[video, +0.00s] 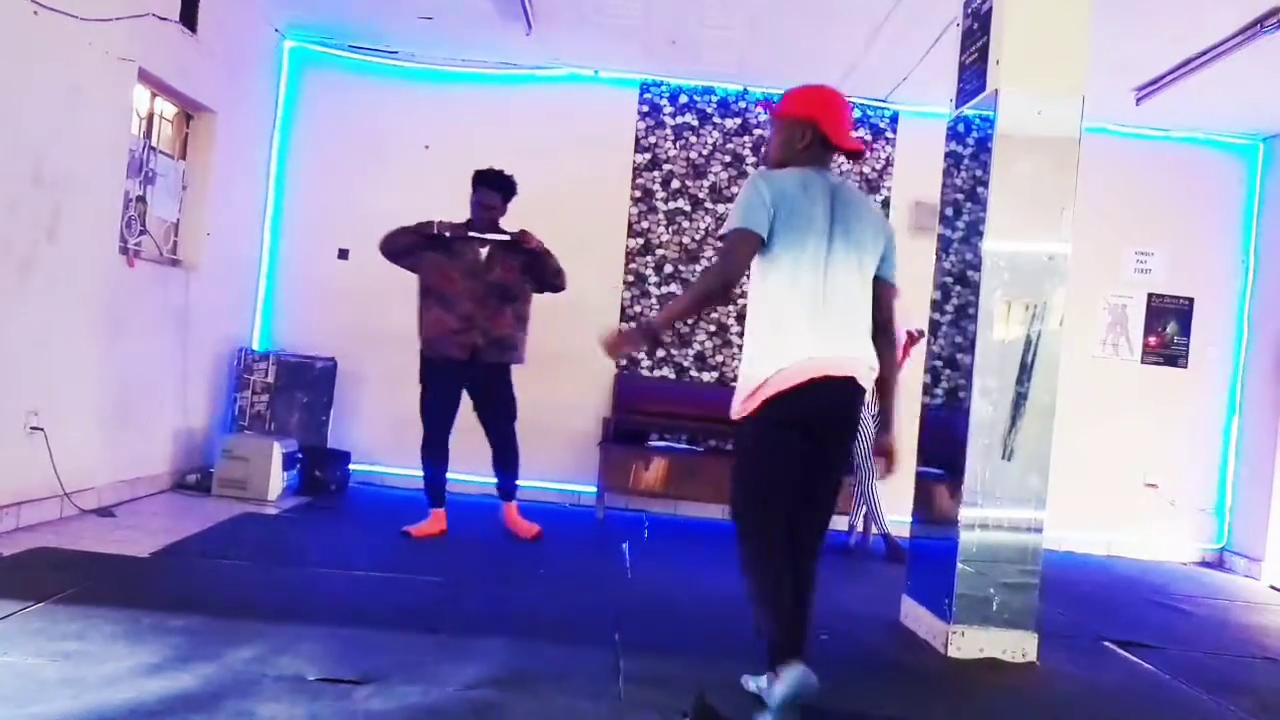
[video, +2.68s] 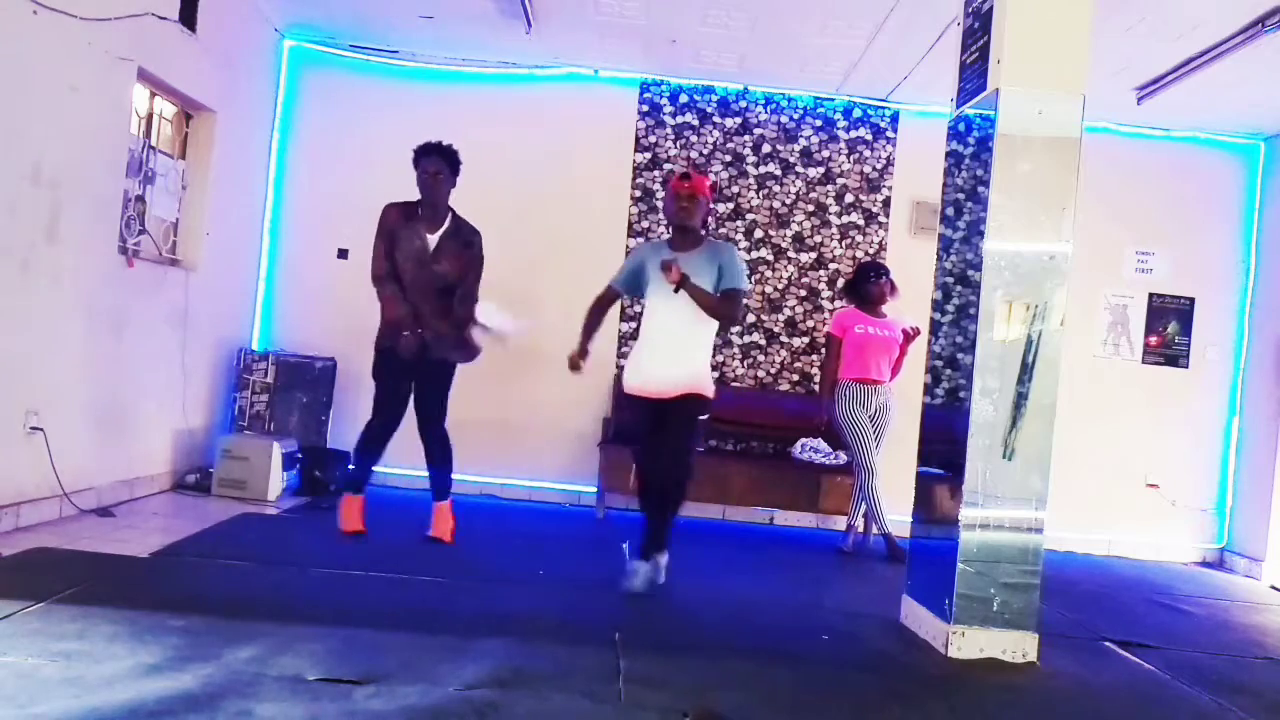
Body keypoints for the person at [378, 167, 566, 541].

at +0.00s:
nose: (483, 212)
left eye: (492, 207)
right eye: (479, 203)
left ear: (505, 208)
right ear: (471, 199)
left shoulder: (518, 253)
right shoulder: (439, 247)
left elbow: (556, 283)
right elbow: (390, 247)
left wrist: (537, 250)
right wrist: (431, 231)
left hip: (491, 363)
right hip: (442, 359)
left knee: (503, 434)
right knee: (435, 435)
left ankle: (510, 510)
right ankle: (436, 514)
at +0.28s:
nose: (472, 204)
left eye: (480, 198)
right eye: (466, 195)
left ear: (488, 202)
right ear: (453, 193)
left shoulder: (489, 252)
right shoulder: (416, 236)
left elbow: (522, 284)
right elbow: (365, 232)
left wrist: (515, 252)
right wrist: (414, 222)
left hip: (465, 357)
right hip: (419, 353)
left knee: (461, 436)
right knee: (423, 433)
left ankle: (448, 515)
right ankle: (430, 512)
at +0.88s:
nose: (441, 187)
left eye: (449, 181)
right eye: (435, 180)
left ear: (465, 185)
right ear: (428, 182)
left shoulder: (482, 233)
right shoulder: (411, 226)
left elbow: (509, 288)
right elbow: (372, 272)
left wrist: (489, 272)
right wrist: (389, 258)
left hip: (449, 353)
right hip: (403, 347)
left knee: (433, 433)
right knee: (383, 423)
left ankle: (424, 517)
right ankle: (393, 508)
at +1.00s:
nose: (438, 178)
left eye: (447, 172)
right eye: (433, 170)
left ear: (462, 180)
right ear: (425, 175)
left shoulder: (477, 231)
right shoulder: (408, 225)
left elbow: (494, 288)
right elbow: (390, 277)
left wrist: (470, 280)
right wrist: (387, 318)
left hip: (444, 353)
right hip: (400, 348)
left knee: (431, 435)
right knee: (387, 431)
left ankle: (423, 516)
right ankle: (388, 513)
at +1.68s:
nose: (439, 180)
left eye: (448, 174)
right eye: (434, 173)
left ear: (465, 183)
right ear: (426, 178)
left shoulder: (471, 242)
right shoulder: (400, 215)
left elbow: (477, 311)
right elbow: (377, 272)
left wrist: (453, 334)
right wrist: (392, 321)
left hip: (434, 351)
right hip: (389, 343)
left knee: (422, 428)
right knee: (374, 423)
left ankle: (427, 510)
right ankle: (374, 498)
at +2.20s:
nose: (416, 181)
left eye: (425, 174)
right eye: (411, 173)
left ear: (442, 180)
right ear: (405, 177)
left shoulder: (466, 227)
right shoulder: (392, 229)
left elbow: (503, 280)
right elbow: (373, 285)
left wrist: (463, 283)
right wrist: (391, 326)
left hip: (439, 355)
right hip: (396, 352)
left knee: (432, 437)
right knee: (392, 435)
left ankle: (435, 515)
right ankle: (399, 510)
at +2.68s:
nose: (429, 181)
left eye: (437, 175)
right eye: (424, 174)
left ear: (453, 180)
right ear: (415, 178)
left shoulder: (468, 237)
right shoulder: (394, 217)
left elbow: (467, 298)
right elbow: (382, 275)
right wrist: (403, 326)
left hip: (440, 348)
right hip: (395, 341)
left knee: (432, 426)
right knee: (385, 419)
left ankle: (442, 506)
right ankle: (353, 494)